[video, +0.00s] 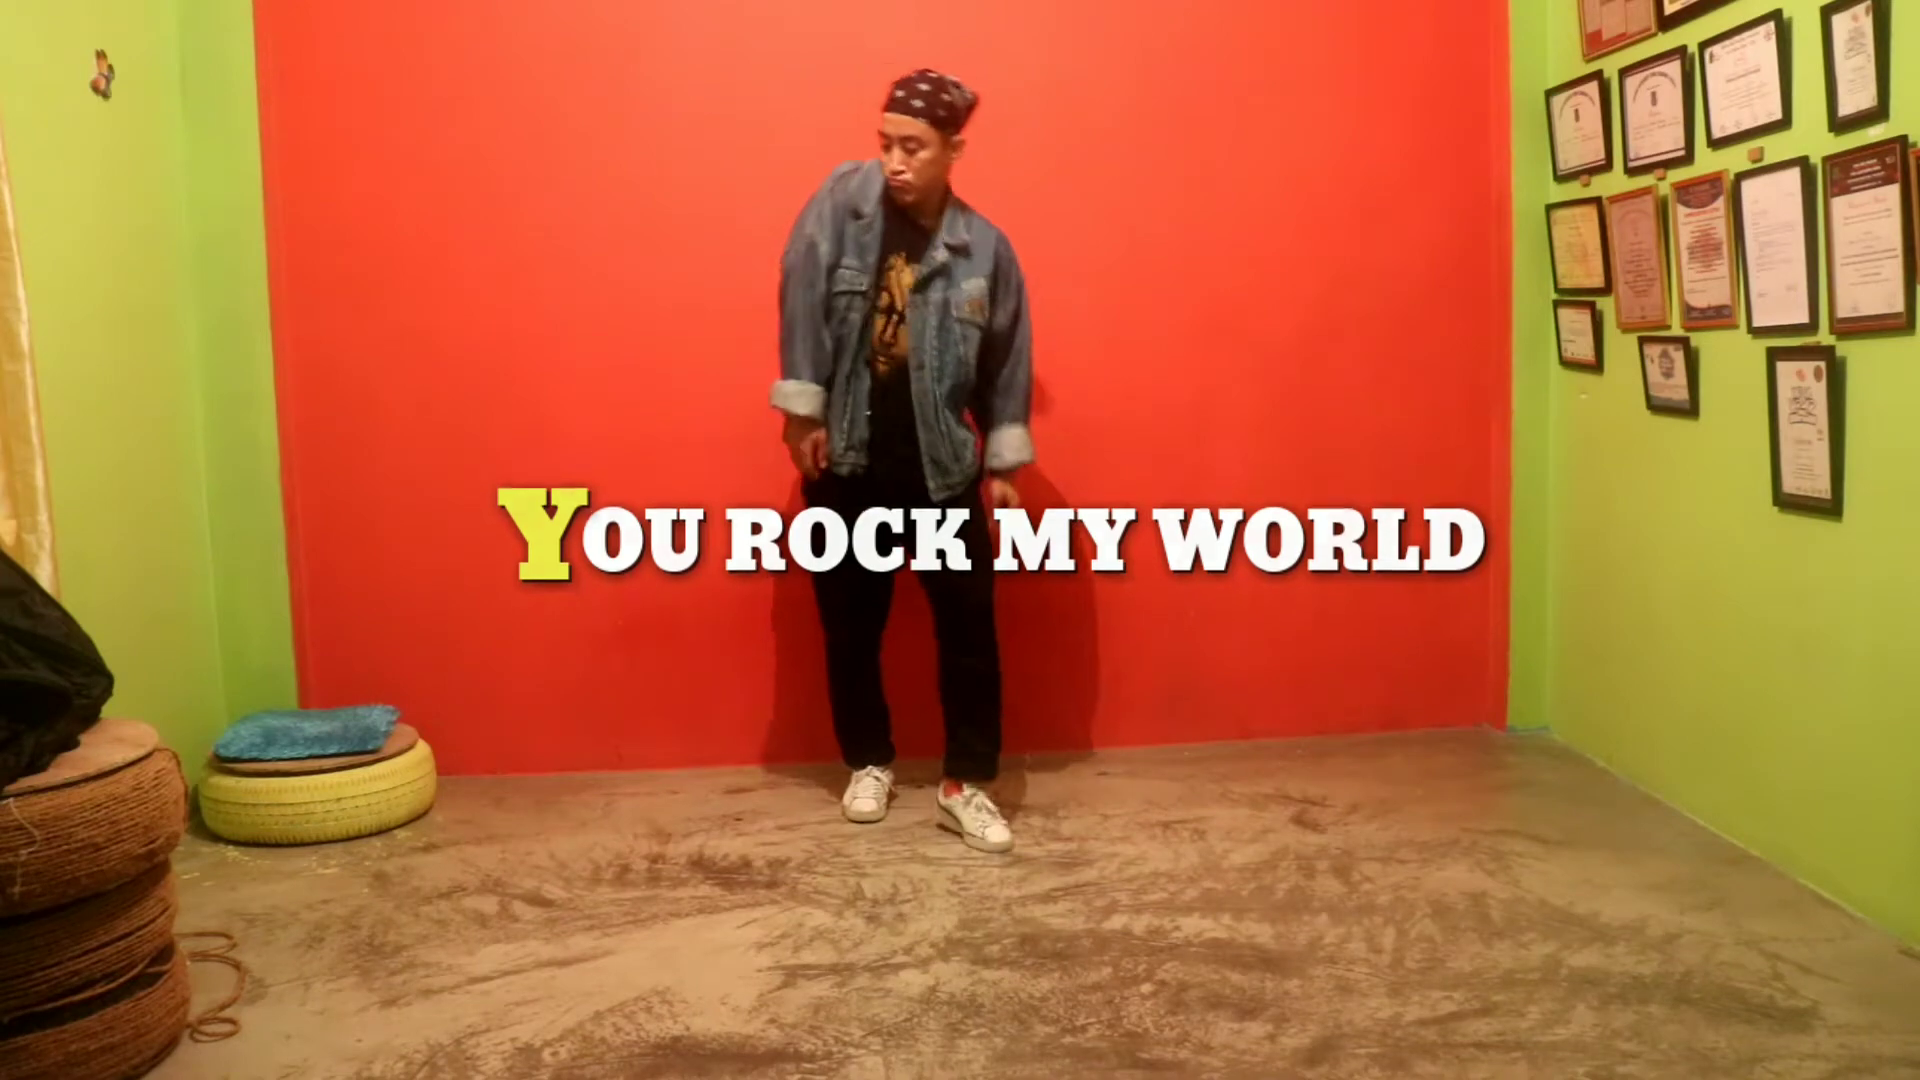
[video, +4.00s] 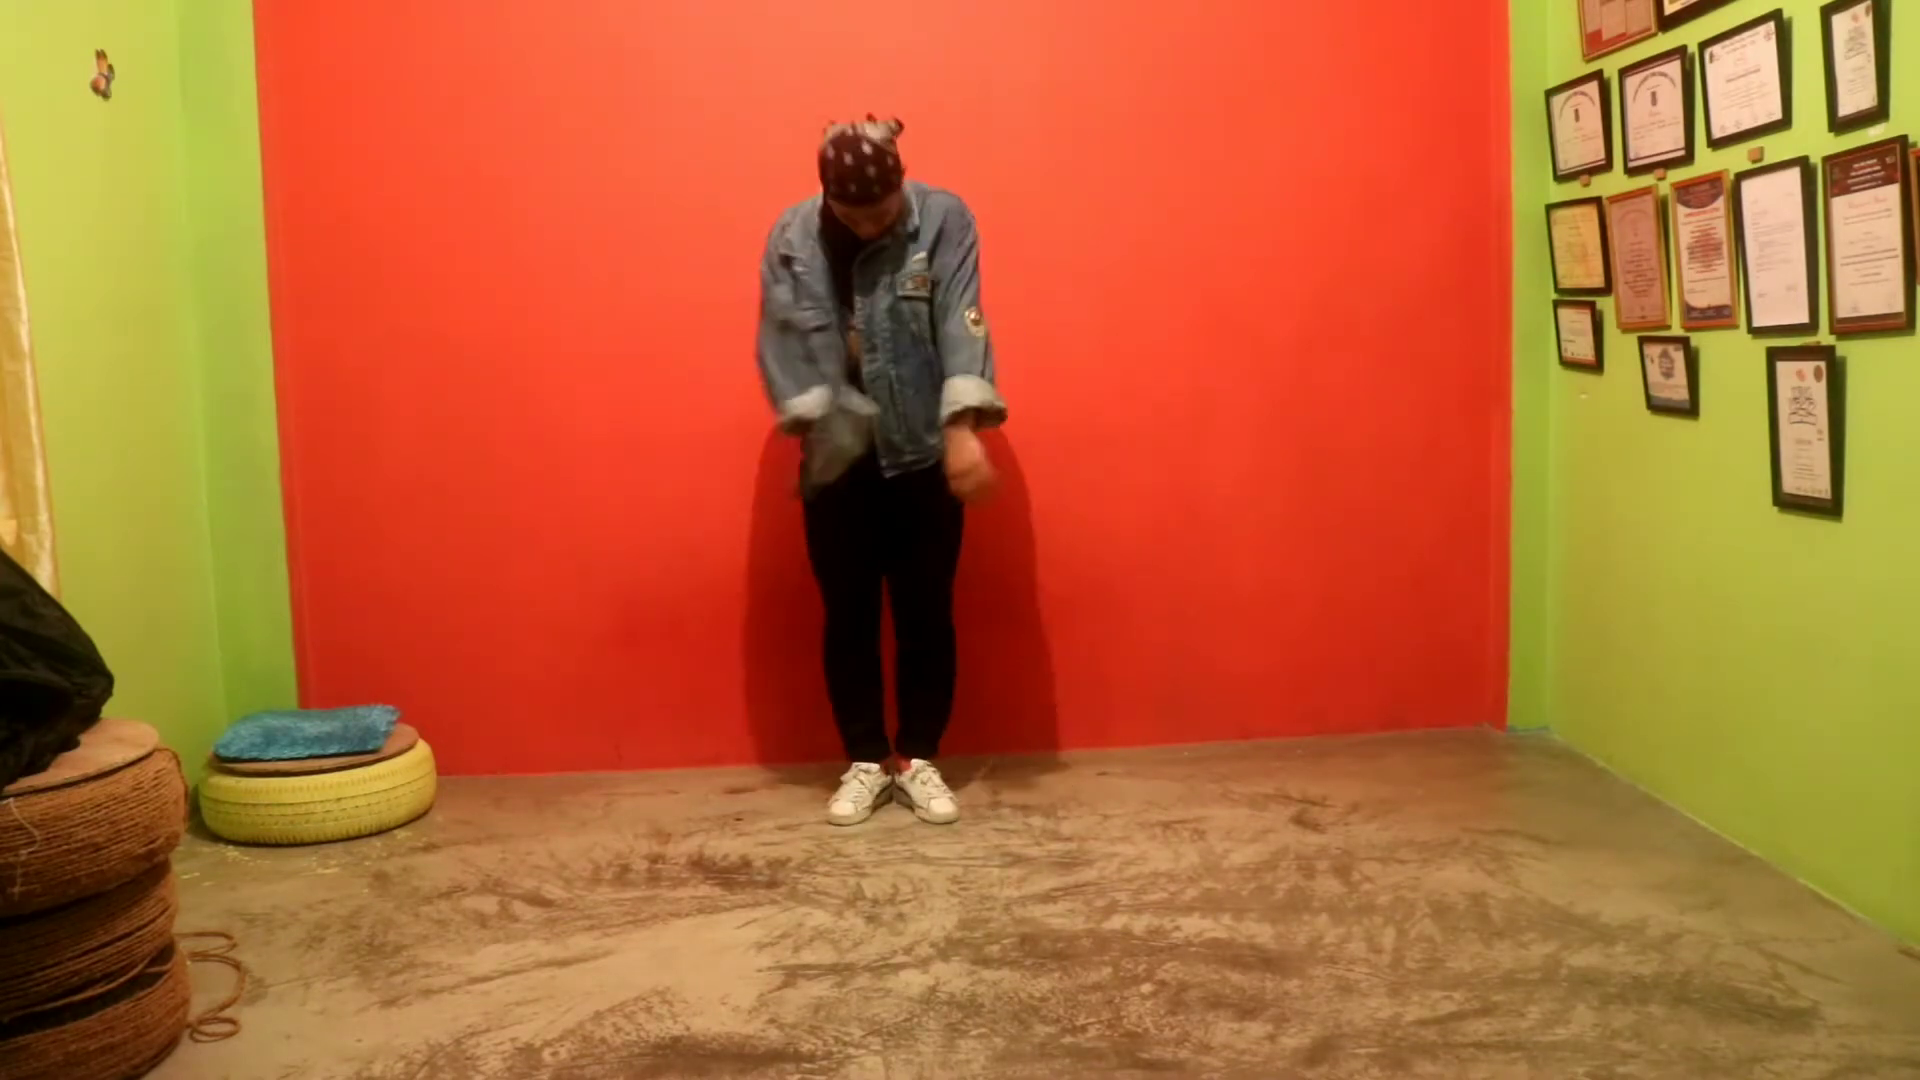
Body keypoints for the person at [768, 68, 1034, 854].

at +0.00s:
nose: (894, 161)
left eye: (913, 147)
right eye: (887, 144)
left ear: (953, 152)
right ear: (877, 141)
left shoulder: (987, 249)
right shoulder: (844, 197)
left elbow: (1007, 363)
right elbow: (801, 298)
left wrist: (1001, 463)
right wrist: (804, 411)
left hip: (944, 457)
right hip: (849, 450)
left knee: (968, 616)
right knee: (850, 617)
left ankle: (965, 781)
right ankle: (868, 765)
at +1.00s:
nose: (838, 174)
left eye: (849, 154)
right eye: (821, 161)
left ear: (873, 143)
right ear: (800, 161)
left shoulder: (923, 191)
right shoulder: (783, 223)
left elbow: (982, 272)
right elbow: (767, 321)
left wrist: (965, 350)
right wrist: (799, 383)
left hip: (928, 442)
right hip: (838, 456)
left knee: (933, 610)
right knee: (849, 616)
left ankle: (929, 759)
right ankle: (865, 764)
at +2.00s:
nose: (894, 269)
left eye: (906, 251)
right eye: (877, 253)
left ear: (925, 245)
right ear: (852, 251)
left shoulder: (965, 331)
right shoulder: (813, 335)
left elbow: (980, 433)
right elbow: (791, 440)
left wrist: (961, 457)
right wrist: (829, 481)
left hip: (937, 521)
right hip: (844, 522)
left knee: (1001, 635)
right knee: (795, 640)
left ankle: (929, 762)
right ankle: (856, 764)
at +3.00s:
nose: (942, 269)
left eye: (954, 253)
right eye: (928, 254)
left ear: (967, 240)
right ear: (895, 233)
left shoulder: (972, 276)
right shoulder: (849, 262)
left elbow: (972, 369)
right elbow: (822, 357)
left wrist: (967, 457)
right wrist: (825, 456)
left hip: (926, 476)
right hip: (839, 475)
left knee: (970, 609)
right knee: (805, 614)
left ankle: (983, 750)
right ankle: (801, 756)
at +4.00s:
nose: (870, 224)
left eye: (880, 211)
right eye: (855, 216)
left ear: (900, 184)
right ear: (830, 195)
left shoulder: (943, 218)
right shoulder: (795, 236)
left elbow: (963, 321)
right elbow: (784, 335)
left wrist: (961, 424)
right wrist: (814, 425)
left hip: (926, 459)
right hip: (840, 462)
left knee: (926, 614)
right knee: (850, 615)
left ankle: (917, 762)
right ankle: (865, 765)